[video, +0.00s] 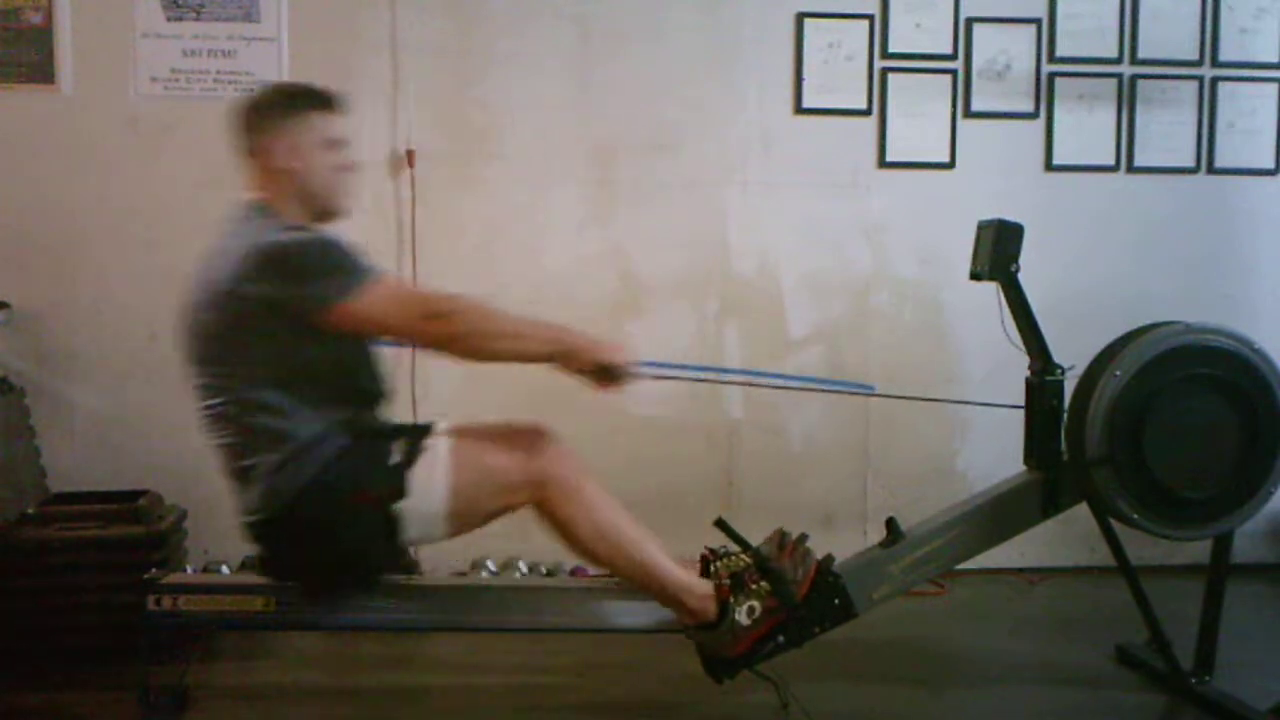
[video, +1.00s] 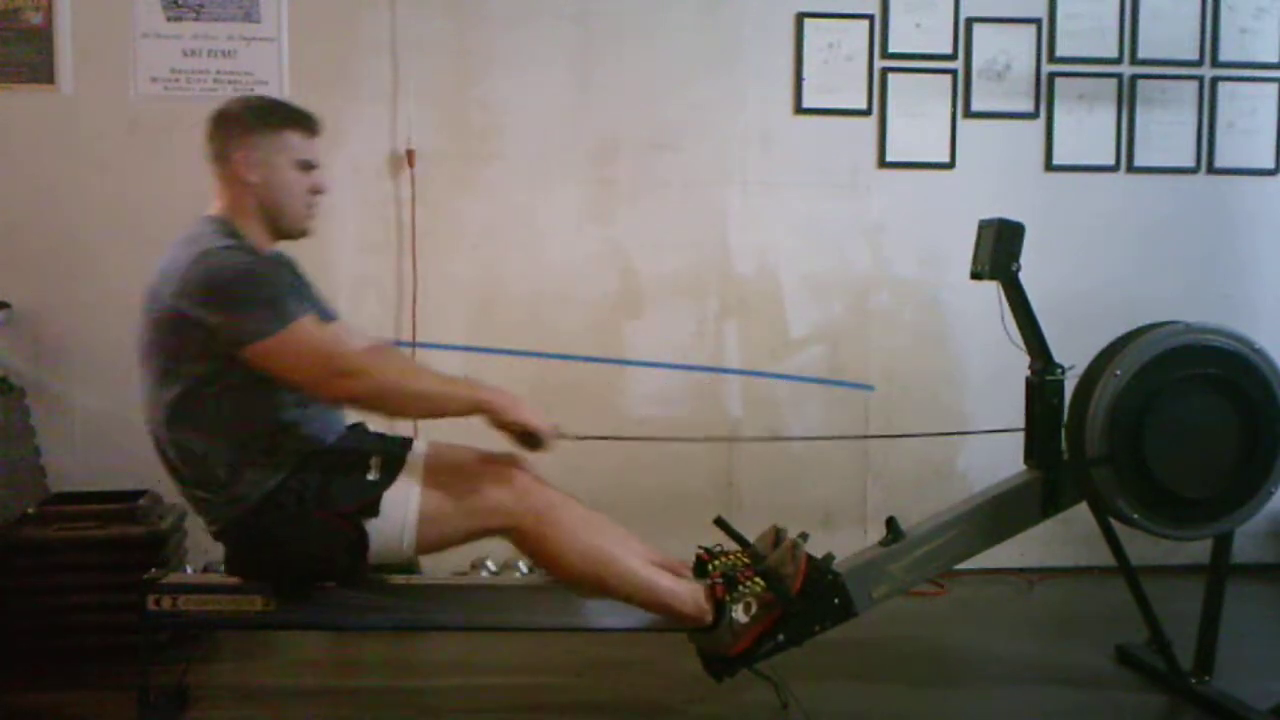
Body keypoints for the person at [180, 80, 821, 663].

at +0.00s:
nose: (349, 166)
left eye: (345, 147)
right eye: (331, 148)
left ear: (281, 159)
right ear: (275, 154)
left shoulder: (267, 247)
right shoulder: (282, 252)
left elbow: (429, 318)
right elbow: (433, 320)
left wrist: (565, 346)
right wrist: (572, 348)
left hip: (319, 484)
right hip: (324, 496)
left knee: (533, 449)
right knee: (539, 457)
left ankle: (696, 598)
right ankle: (706, 612)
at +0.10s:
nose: (267, 172)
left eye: (264, 155)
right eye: (248, 156)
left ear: (209, 169)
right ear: (188, 168)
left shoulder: (223, 259)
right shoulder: (193, 268)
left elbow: (329, 352)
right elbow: (327, 350)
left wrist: (459, 352)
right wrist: (468, 351)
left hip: (309, 480)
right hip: (289, 501)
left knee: (511, 481)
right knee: (510, 494)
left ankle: (697, 584)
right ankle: (705, 611)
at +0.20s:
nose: (211, 188)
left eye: (208, 172)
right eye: (191, 172)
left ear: (159, 186)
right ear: (128, 187)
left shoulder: (169, 278)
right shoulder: (133, 287)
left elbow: (239, 386)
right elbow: (215, 400)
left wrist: (362, 356)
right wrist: (364, 356)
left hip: (301, 473)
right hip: (277, 501)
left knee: (501, 501)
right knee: (496, 525)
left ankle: (705, 589)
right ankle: (713, 616)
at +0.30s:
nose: (185, 199)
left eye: (181, 183)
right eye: (164, 182)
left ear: (120, 196)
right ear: (101, 195)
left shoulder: (148, 290)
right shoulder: (95, 297)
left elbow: (181, 398)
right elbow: (124, 422)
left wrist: (273, 357)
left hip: (307, 470)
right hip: (276, 500)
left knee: (502, 507)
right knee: (493, 530)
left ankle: (706, 589)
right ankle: (706, 611)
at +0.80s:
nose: (251, 194)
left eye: (249, 177)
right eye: (234, 176)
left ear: (184, 182)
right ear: (169, 180)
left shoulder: (195, 282)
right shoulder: (146, 286)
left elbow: (246, 403)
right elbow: (208, 417)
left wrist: (359, 397)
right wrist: (356, 391)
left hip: (294, 479)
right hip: (268, 506)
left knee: (498, 497)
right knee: (493, 516)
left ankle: (707, 584)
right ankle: (712, 616)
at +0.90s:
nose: (283, 189)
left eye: (281, 171)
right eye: (265, 171)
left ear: (221, 176)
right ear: (202, 174)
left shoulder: (235, 271)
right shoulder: (178, 276)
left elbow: (306, 372)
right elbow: (265, 399)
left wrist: (418, 395)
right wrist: (424, 398)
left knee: (499, 486)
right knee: (497, 507)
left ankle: (696, 582)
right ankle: (708, 615)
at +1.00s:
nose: (320, 186)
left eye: (318, 169)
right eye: (303, 169)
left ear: (252, 174)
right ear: (243, 170)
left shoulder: (260, 264)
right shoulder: (218, 267)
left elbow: (360, 365)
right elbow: (342, 376)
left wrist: (479, 397)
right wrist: (484, 399)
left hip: (314, 479)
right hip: (284, 507)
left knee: (511, 475)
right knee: (509, 489)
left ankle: (703, 584)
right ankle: (705, 613)